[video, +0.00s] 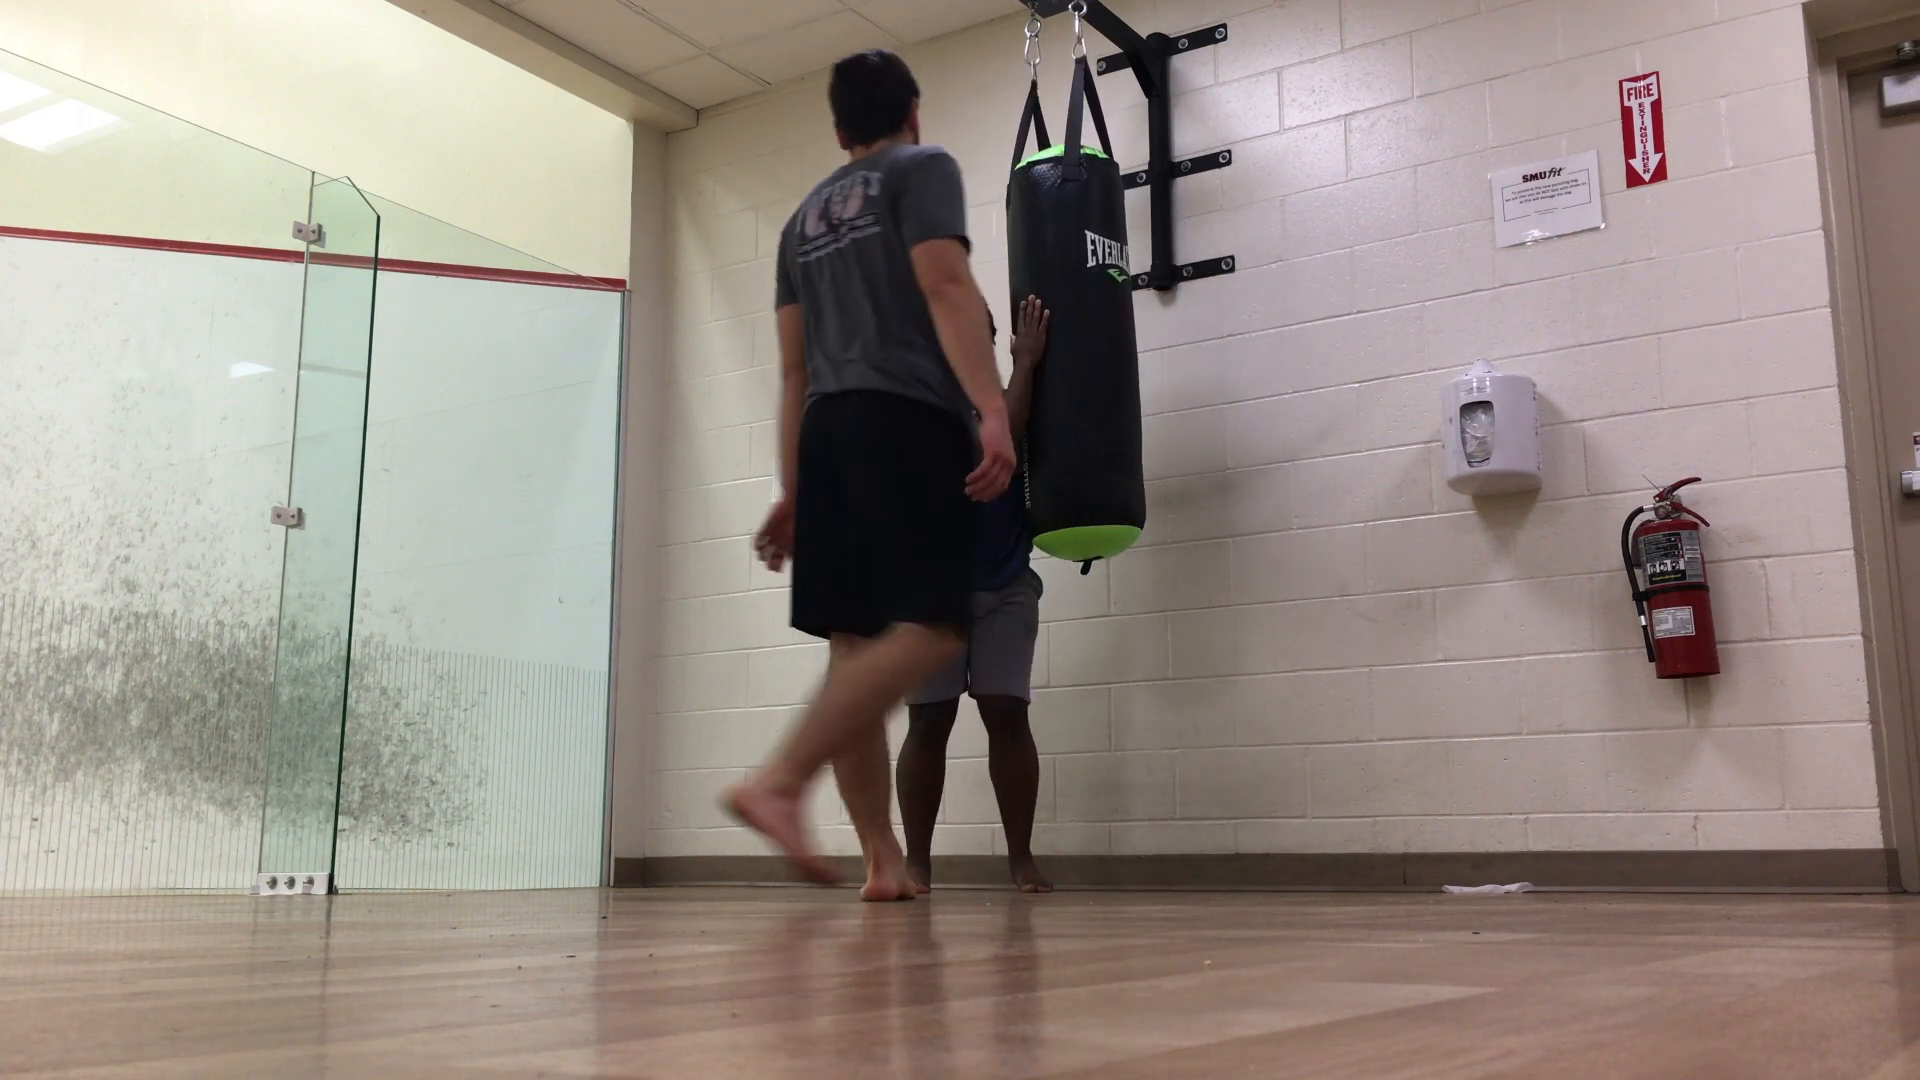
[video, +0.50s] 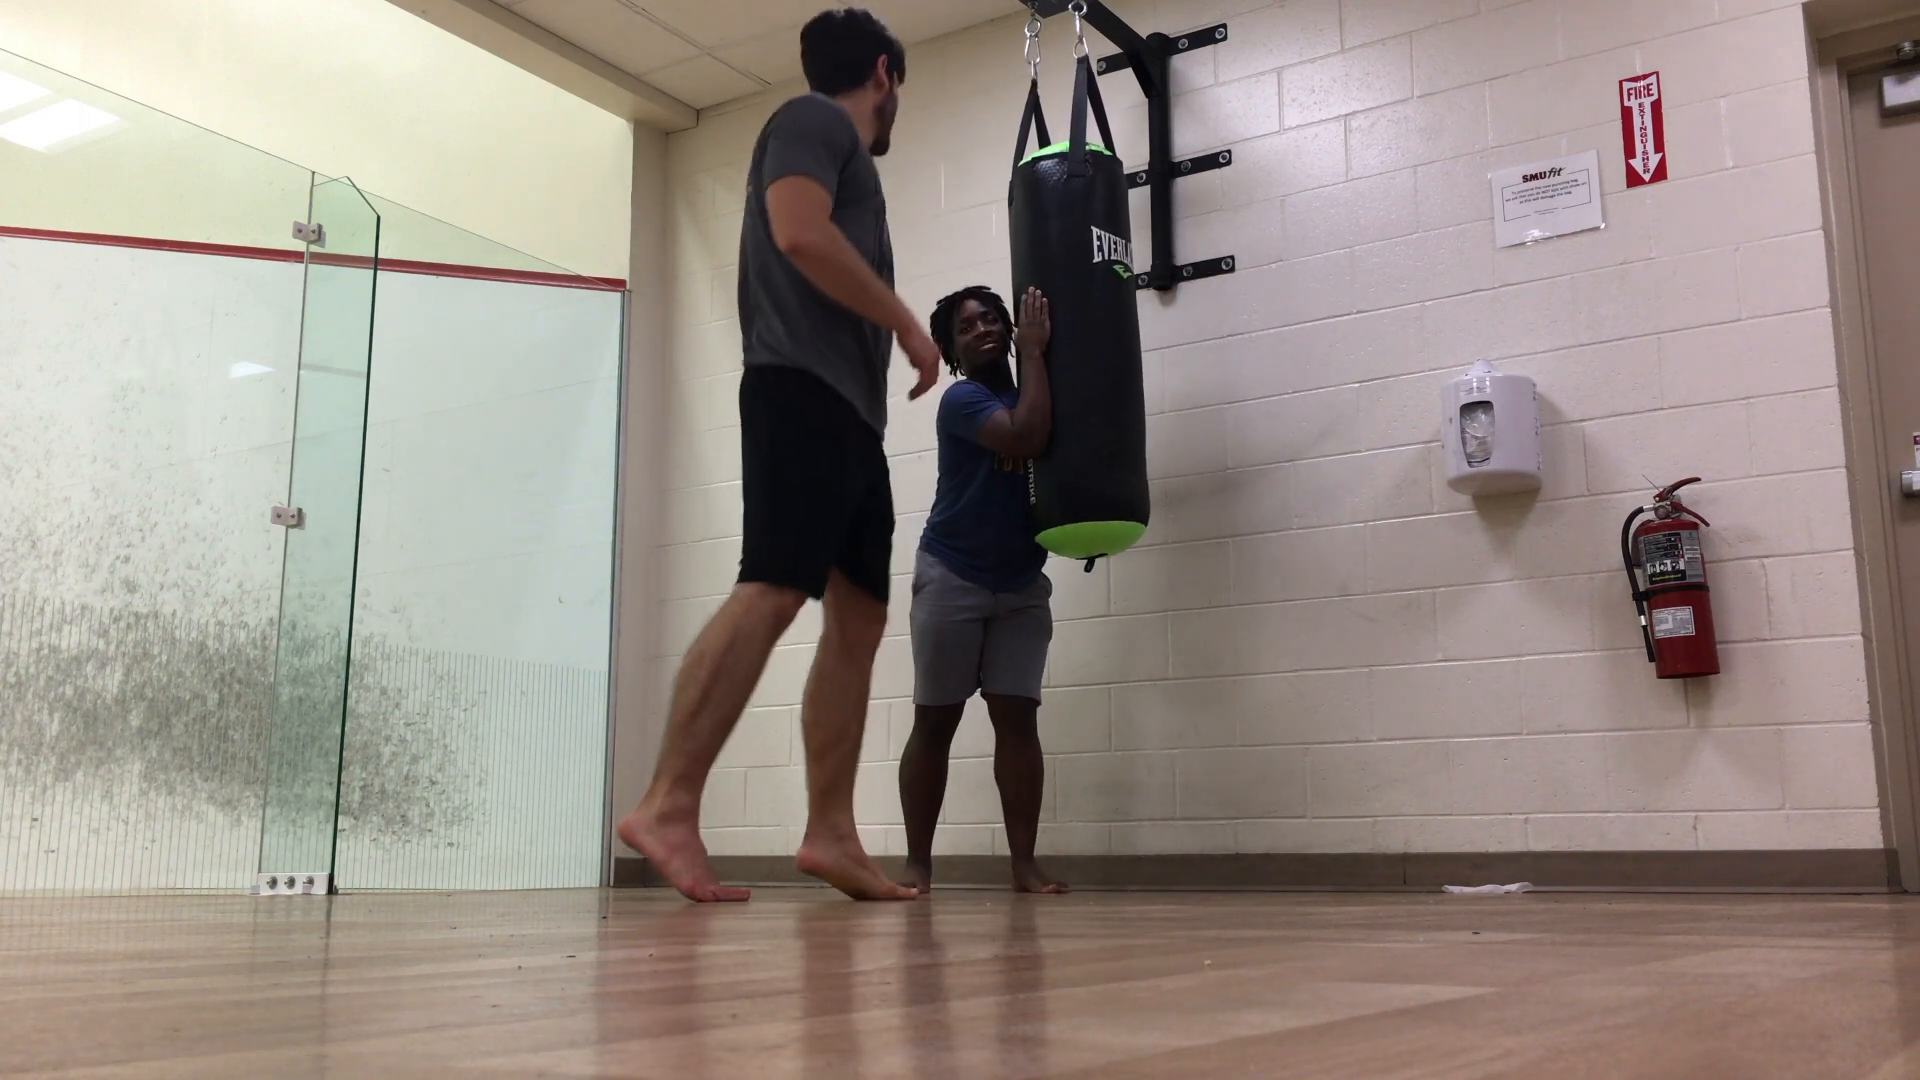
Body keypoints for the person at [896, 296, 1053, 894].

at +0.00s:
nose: (978, 346)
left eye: (986, 336)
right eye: (968, 336)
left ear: (992, 344)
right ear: (940, 345)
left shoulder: (998, 402)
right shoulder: (921, 407)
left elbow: (1016, 442)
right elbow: (996, 449)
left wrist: (1034, 366)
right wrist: (1023, 367)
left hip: (1005, 582)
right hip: (937, 586)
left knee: (1007, 718)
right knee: (930, 725)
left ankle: (1021, 856)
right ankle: (918, 860)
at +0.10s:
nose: (969, 338)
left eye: (977, 328)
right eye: (958, 329)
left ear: (989, 338)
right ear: (937, 340)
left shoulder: (1005, 401)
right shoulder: (932, 398)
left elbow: (1042, 455)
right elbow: (994, 448)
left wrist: (1046, 367)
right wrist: (1024, 367)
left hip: (1005, 582)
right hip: (934, 582)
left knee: (1010, 715)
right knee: (928, 723)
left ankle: (1023, 856)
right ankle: (917, 861)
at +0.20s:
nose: (974, 328)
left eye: (981, 320)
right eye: (962, 321)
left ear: (996, 335)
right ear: (943, 338)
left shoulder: (1016, 401)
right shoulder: (945, 401)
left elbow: (1047, 447)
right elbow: (1008, 445)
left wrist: (1057, 364)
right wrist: (1027, 361)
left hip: (1012, 582)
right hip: (941, 580)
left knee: (1014, 721)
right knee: (927, 724)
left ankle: (1024, 863)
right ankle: (917, 862)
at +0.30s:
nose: (978, 328)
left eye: (986, 319)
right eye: (965, 323)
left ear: (1003, 331)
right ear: (947, 342)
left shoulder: (1021, 400)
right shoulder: (956, 401)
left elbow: (1055, 439)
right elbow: (1028, 432)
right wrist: (1032, 349)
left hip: (1016, 580)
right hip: (949, 579)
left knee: (1016, 720)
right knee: (932, 727)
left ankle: (1025, 864)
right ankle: (918, 863)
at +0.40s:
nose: (981, 327)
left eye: (989, 317)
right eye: (966, 323)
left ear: (1009, 331)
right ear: (951, 344)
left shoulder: (1024, 398)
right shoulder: (960, 402)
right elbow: (1028, 435)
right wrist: (1034, 350)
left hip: (1018, 579)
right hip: (951, 578)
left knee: (1017, 721)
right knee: (937, 725)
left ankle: (1025, 865)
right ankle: (919, 863)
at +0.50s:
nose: (983, 328)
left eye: (991, 318)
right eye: (968, 325)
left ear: (1010, 332)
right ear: (950, 348)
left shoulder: (1026, 398)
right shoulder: (960, 400)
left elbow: (1059, 449)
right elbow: (1027, 437)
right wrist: (1033, 352)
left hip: (1020, 580)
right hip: (952, 579)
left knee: (1018, 722)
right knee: (935, 725)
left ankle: (1025, 865)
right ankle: (918, 865)